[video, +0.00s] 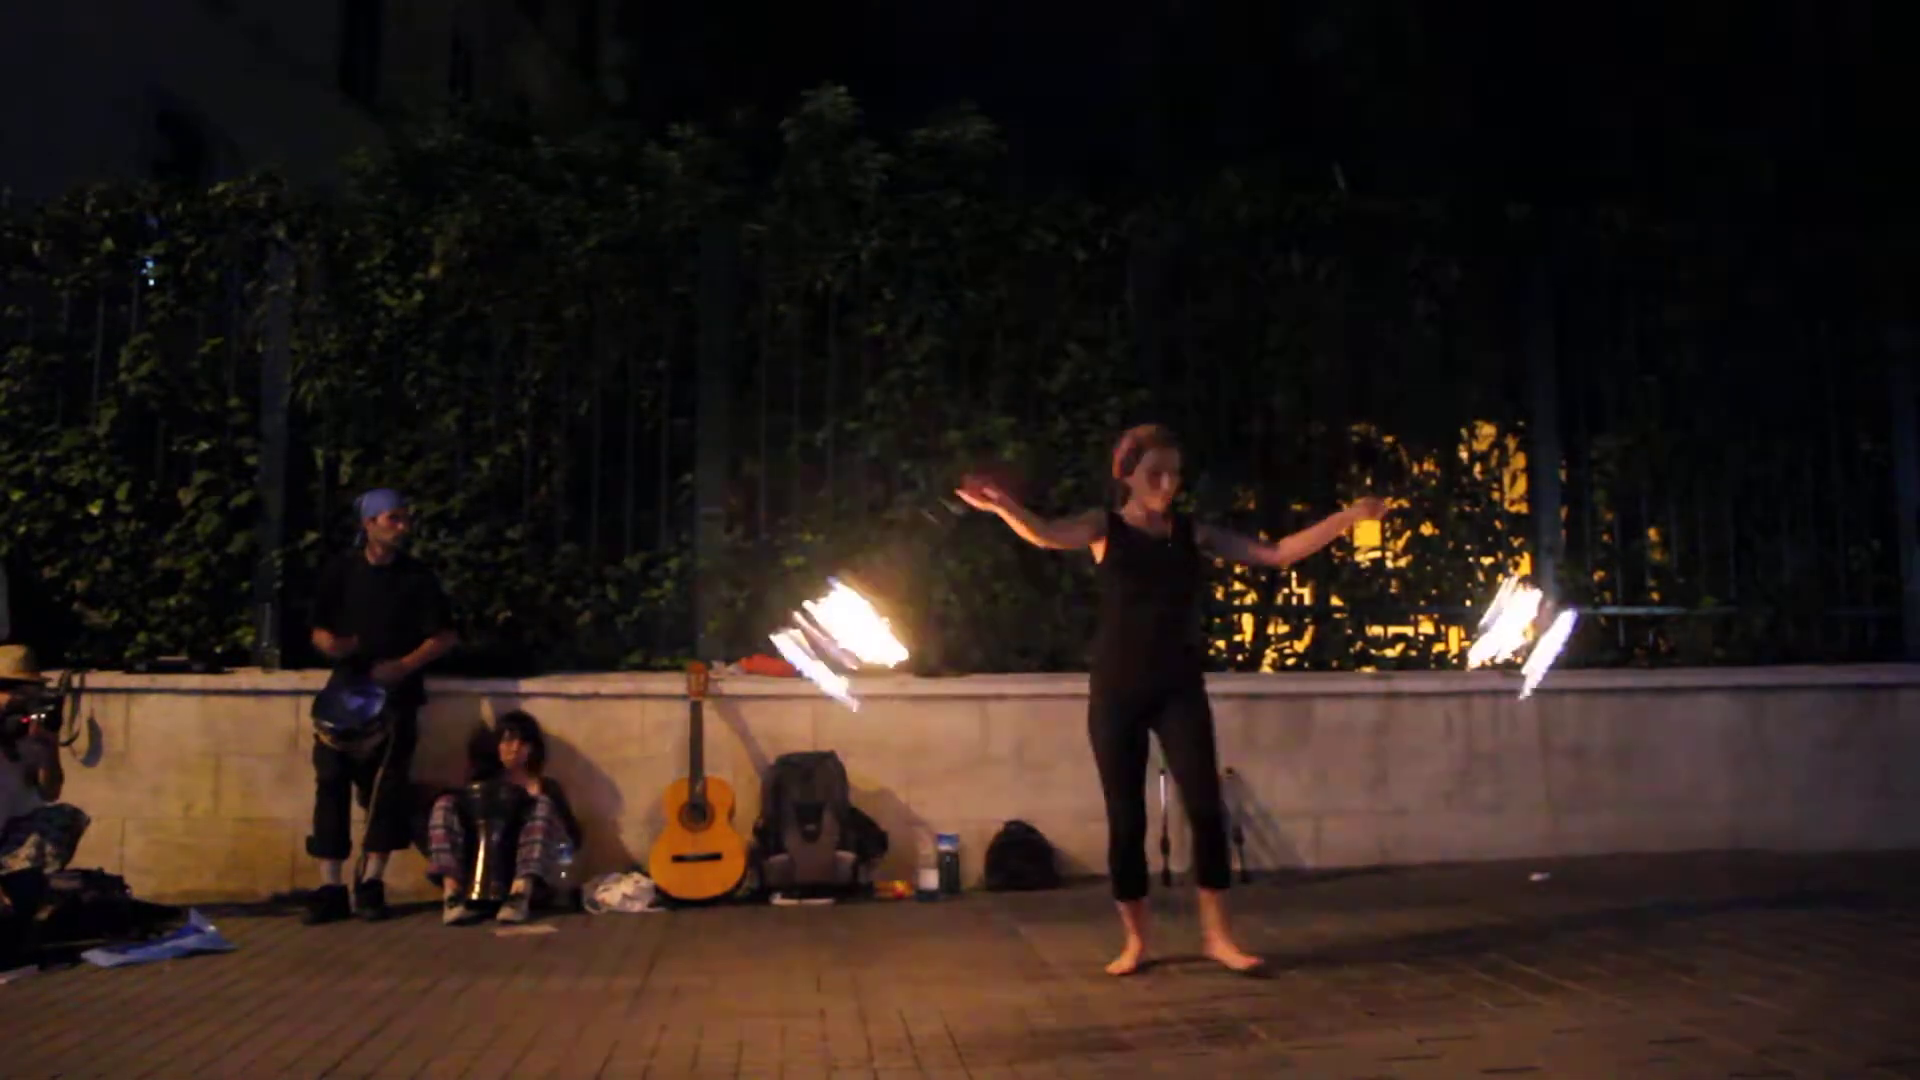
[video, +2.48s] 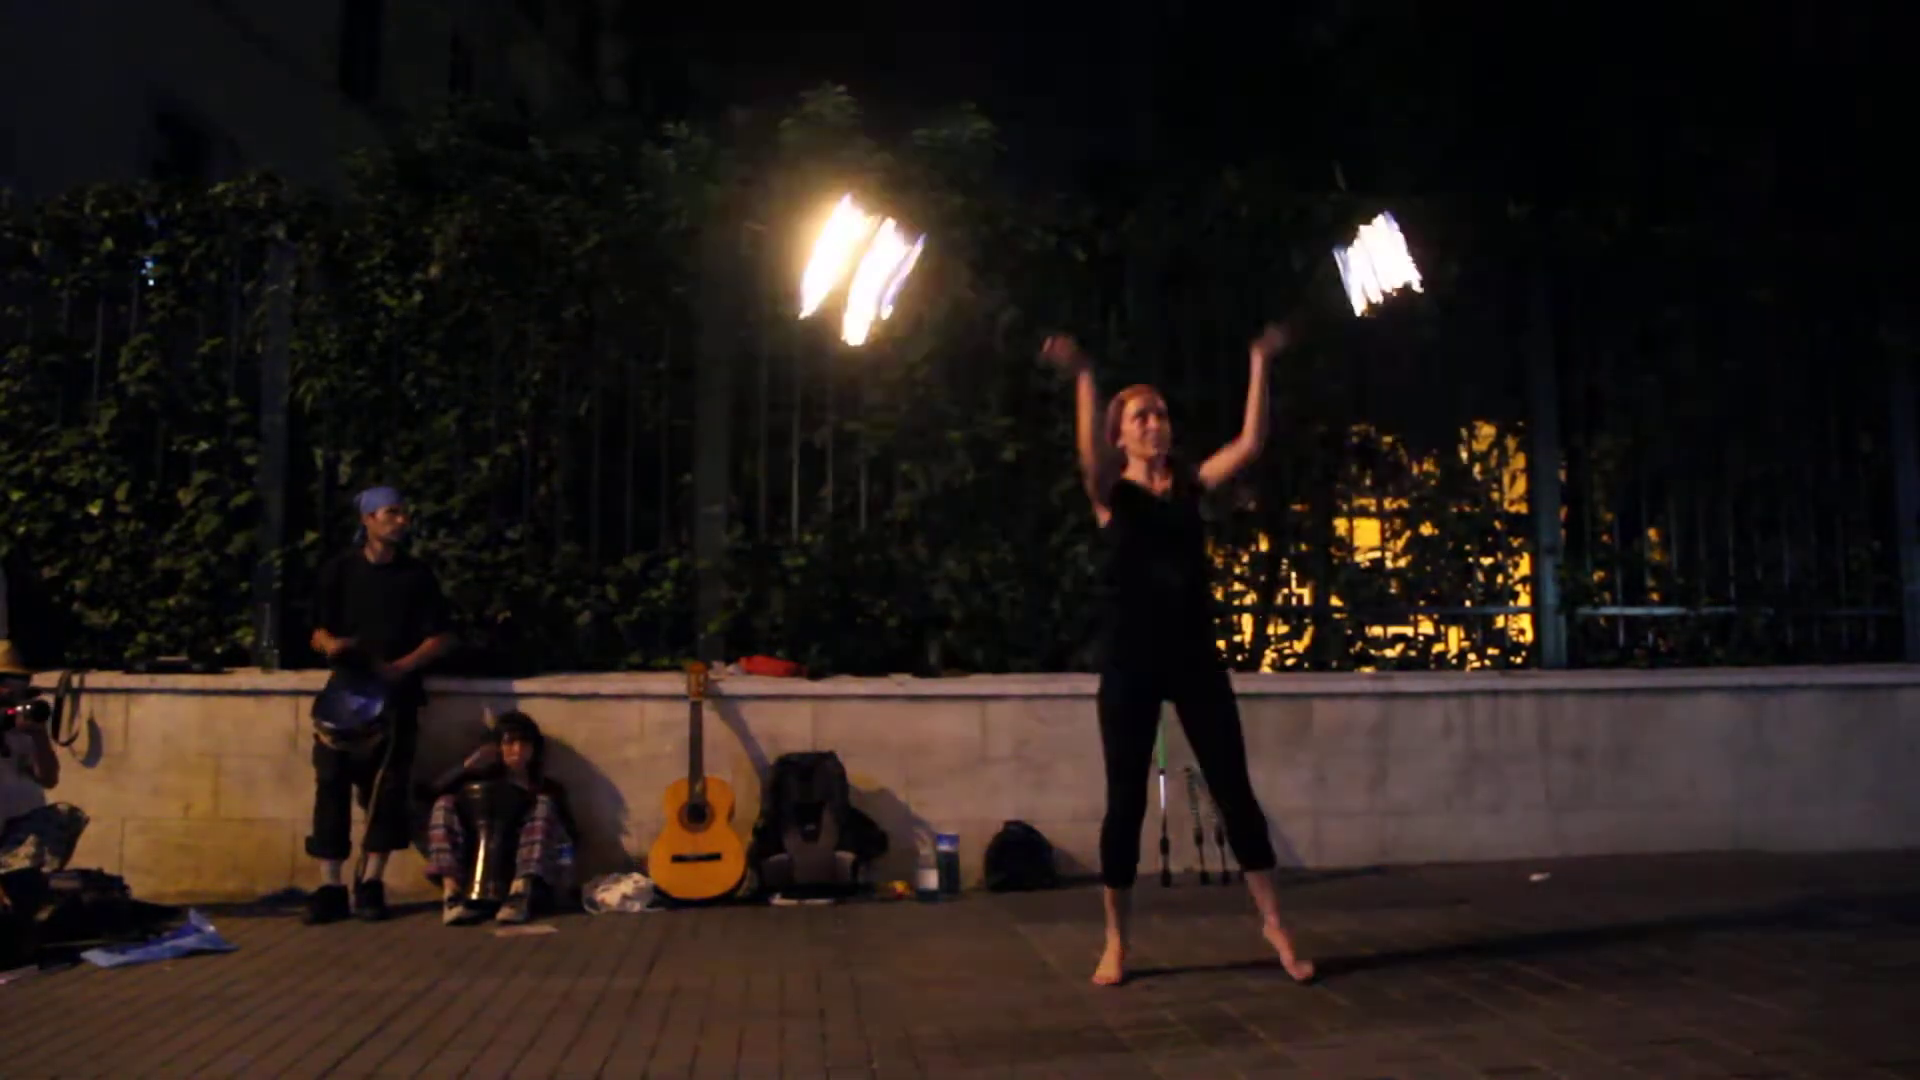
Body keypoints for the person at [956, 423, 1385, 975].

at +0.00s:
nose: (1167, 485)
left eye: (1174, 475)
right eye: (1156, 474)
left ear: (1179, 478)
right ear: (1128, 475)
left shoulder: (1194, 535)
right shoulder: (1104, 527)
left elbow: (1277, 554)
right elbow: (1043, 535)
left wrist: (1347, 518)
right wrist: (1004, 507)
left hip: (1180, 690)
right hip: (1116, 693)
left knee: (1206, 808)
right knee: (1125, 819)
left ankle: (1216, 933)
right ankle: (1135, 939)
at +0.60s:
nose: (1269, 465)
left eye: (1274, 455)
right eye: (1257, 456)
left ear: (1281, 464)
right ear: (1230, 465)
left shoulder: (1297, 531)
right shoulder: (1206, 525)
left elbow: (1363, 584)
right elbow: (1132, 572)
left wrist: (1424, 556)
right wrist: (1064, 551)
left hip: (1291, 689)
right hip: (1227, 689)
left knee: (1312, 821)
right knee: (1196, 816)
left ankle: (1300, 954)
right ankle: (1145, 926)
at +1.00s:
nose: (1287, 466)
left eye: (1295, 458)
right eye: (1276, 457)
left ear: (1307, 466)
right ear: (1253, 466)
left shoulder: (1329, 522)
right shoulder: (1236, 524)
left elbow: (1415, 542)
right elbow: (1188, 534)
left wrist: (1493, 529)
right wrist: (1144, 506)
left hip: (1308, 693)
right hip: (1242, 692)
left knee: (1326, 823)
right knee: (1224, 813)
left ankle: (1303, 951)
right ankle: (1224, 932)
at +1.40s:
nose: (1228, 437)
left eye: (1237, 428)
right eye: (1217, 427)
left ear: (1249, 439)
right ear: (1193, 435)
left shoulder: (1264, 504)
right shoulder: (1166, 494)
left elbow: (1316, 561)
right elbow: (1107, 503)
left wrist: (1380, 527)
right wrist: (1078, 451)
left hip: (1243, 669)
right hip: (1176, 668)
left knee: (1271, 800)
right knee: (1151, 800)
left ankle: (1306, 938)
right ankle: (1118, 935)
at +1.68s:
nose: (1161, 466)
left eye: (1170, 458)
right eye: (1151, 455)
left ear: (1180, 467)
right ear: (1126, 459)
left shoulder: (1193, 528)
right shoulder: (1095, 527)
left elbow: (1256, 588)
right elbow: (1059, 602)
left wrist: (1288, 527)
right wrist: (1074, 550)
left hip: (1188, 687)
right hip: (1118, 690)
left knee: (1238, 808)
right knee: (1119, 825)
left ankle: (1295, 941)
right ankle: (1118, 951)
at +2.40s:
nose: (1146, 433)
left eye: (1150, 426)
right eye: (1133, 427)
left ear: (1161, 439)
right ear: (1106, 445)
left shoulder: (1178, 499)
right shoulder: (1098, 502)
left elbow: (1245, 494)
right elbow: (1065, 514)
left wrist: (1264, 424)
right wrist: (1065, 437)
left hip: (1184, 670)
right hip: (1120, 675)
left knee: (1230, 798)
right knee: (1119, 813)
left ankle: (1276, 928)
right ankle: (1113, 945)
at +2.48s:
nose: (1152, 423)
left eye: (1159, 414)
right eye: (1140, 416)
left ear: (1172, 427)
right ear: (1117, 433)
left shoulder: (1191, 486)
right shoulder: (1111, 492)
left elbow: (1249, 444)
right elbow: (1091, 451)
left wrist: (1259, 362)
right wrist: (1084, 376)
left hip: (1196, 657)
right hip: (1130, 662)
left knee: (1235, 792)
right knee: (1125, 802)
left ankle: (1274, 924)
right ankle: (1114, 941)